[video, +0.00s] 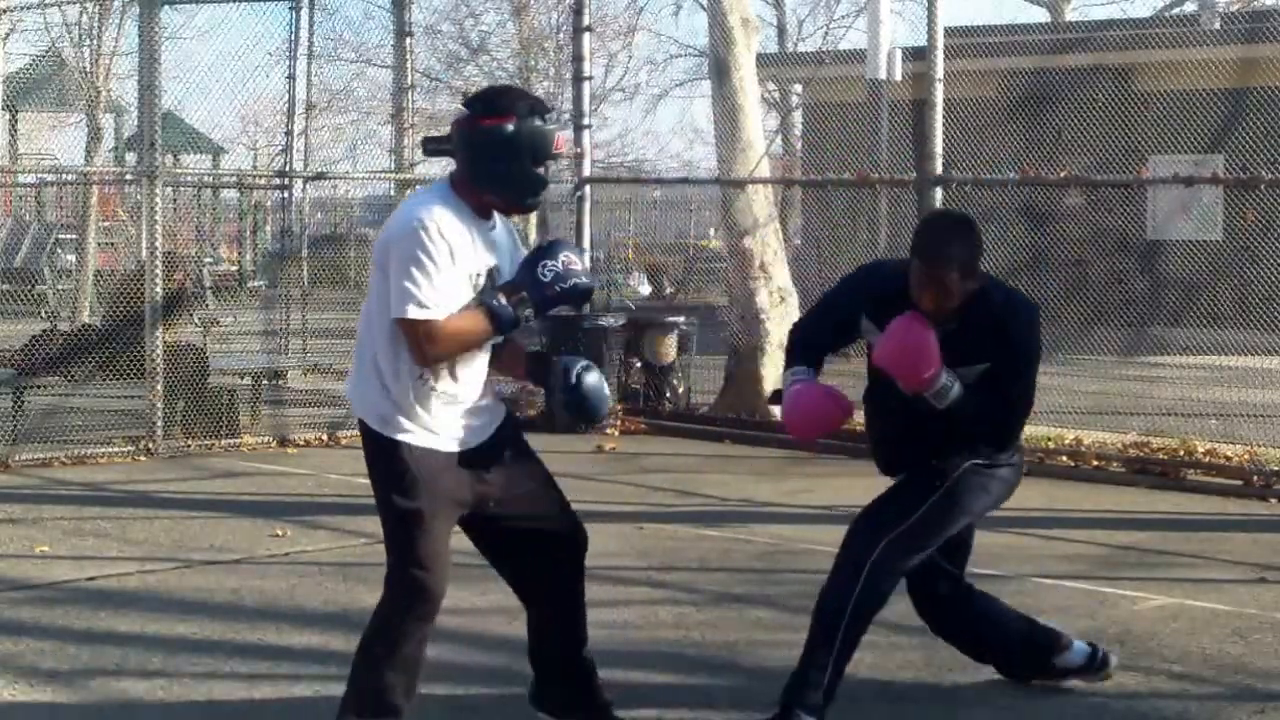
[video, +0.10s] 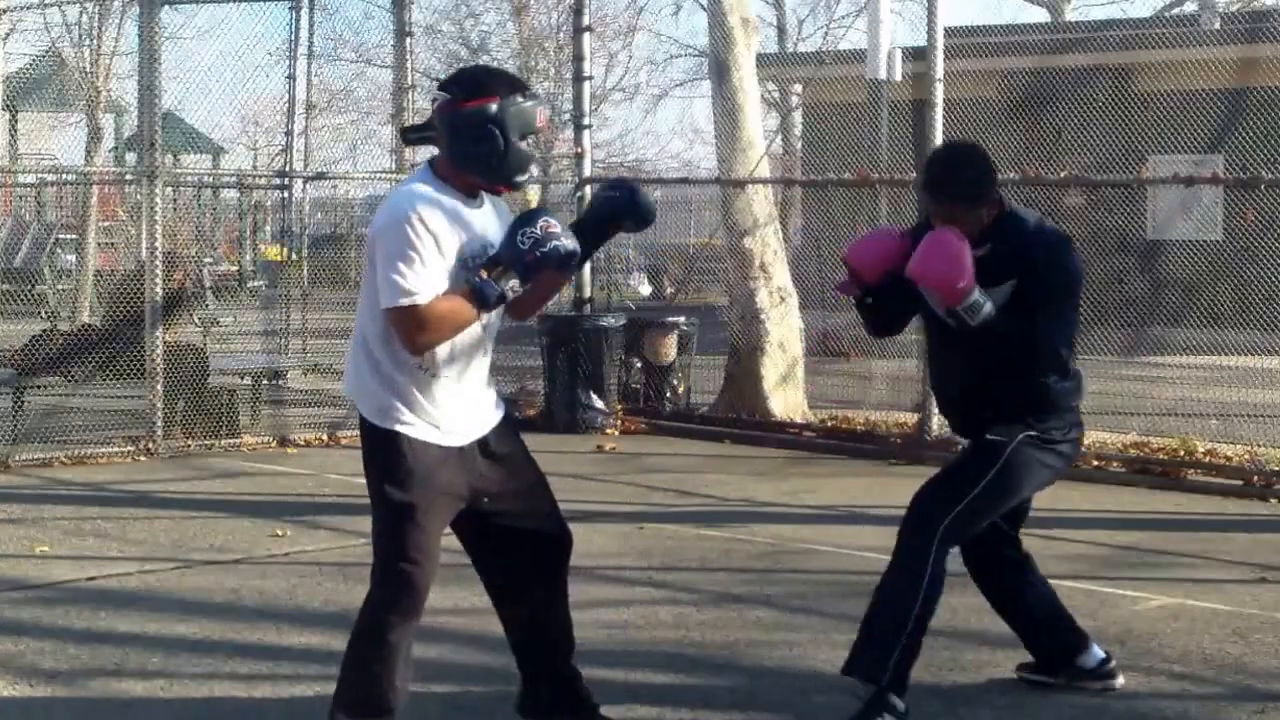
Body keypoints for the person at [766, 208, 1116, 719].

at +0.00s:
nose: (931, 302)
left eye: (945, 293)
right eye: (925, 287)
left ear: (973, 279)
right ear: (910, 266)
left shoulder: (1011, 316)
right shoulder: (877, 286)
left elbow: (1003, 429)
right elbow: (810, 333)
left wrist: (937, 386)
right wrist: (800, 383)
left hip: (983, 461)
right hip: (918, 462)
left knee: (871, 542)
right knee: (940, 598)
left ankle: (802, 706)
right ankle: (1068, 658)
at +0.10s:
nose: (936, 229)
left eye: (946, 218)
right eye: (931, 216)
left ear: (986, 207)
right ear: (927, 205)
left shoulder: (1045, 248)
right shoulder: (933, 240)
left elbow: (1045, 356)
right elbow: (885, 322)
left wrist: (970, 302)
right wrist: (867, 285)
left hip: (1040, 429)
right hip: (988, 429)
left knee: (930, 518)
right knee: (990, 546)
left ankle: (885, 689)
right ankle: (1074, 658)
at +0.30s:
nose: (980, 186)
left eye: (981, 173)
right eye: (973, 175)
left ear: (1011, 156)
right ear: (1018, 152)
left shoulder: (1075, 199)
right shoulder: (1024, 197)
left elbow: (1041, 299)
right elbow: (973, 275)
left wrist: (977, 233)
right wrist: (939, 221)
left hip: (1102, 412)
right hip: (1066, 410)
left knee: (1030, 565)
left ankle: (1126, 695)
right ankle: (1100, 662)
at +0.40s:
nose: (998, 191)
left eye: (1000, 177)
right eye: (991, 179)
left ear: (1033, 160)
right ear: (1035, 155)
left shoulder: (1102, 202)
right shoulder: (1046, 193)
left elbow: (1055, 301)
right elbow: (1000, 279)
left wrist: (990, 225)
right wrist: (958, 226)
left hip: (1142, 402)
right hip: (1112, 399)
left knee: (1056, 559)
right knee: (1094, 526)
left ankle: (1130, 703)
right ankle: (1153, 657)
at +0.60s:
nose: (1045, 190)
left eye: (1047, 176)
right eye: (1038, 178)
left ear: (1080, 158)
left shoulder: (1153, 195)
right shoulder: (1091, 191)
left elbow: (1121, 298)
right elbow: (1043, 275)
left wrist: (1047, 232)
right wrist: (1003, 225)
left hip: (1178, 406)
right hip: (1158, 403)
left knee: (1084, 550)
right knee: (1162, 546)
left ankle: (1123, 709)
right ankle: (1266, 686)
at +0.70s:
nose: (1060, 188)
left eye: (1060, 173)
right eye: (1052, 176)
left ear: (1093, 152)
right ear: (1092, 150)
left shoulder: (1164, 189)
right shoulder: (1113, 187)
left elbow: (1121, 286)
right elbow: (1070, 276)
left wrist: (1050, 215)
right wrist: (1022, 224)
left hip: (1192, 407)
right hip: (1182, 403)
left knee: (1090, 551)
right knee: (1192, 555)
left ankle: (1121, 708)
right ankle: (1267, 697)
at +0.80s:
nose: (1075, 184)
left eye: (1073, 171)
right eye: (1068, 173)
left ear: (1104, 148)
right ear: (1107, 145)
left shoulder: (1164, 180)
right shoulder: (1163, 175)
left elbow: (1125, 278)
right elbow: (1116, 279)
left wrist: (1064, 212)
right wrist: (1053, 233)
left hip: (1200, 401)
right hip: (1240, 397)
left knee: (1088, 531)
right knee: (1205, 555)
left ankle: (1125, 702)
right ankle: (1263, 701)